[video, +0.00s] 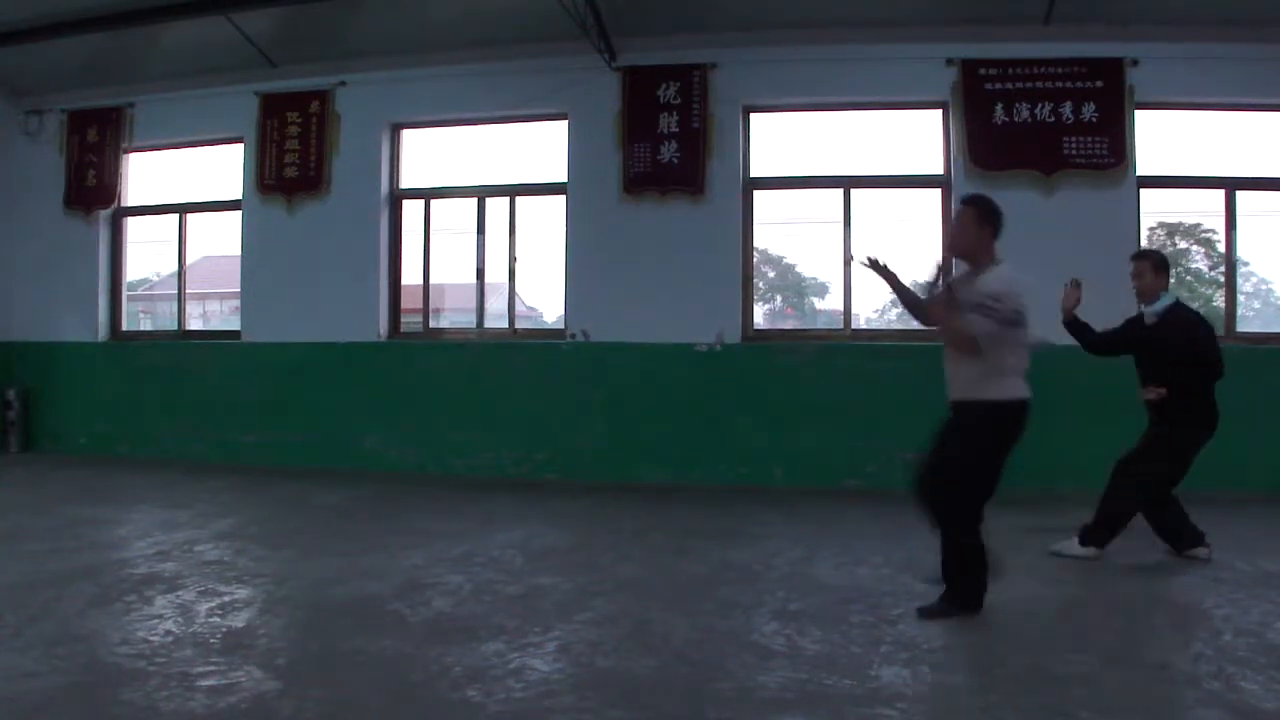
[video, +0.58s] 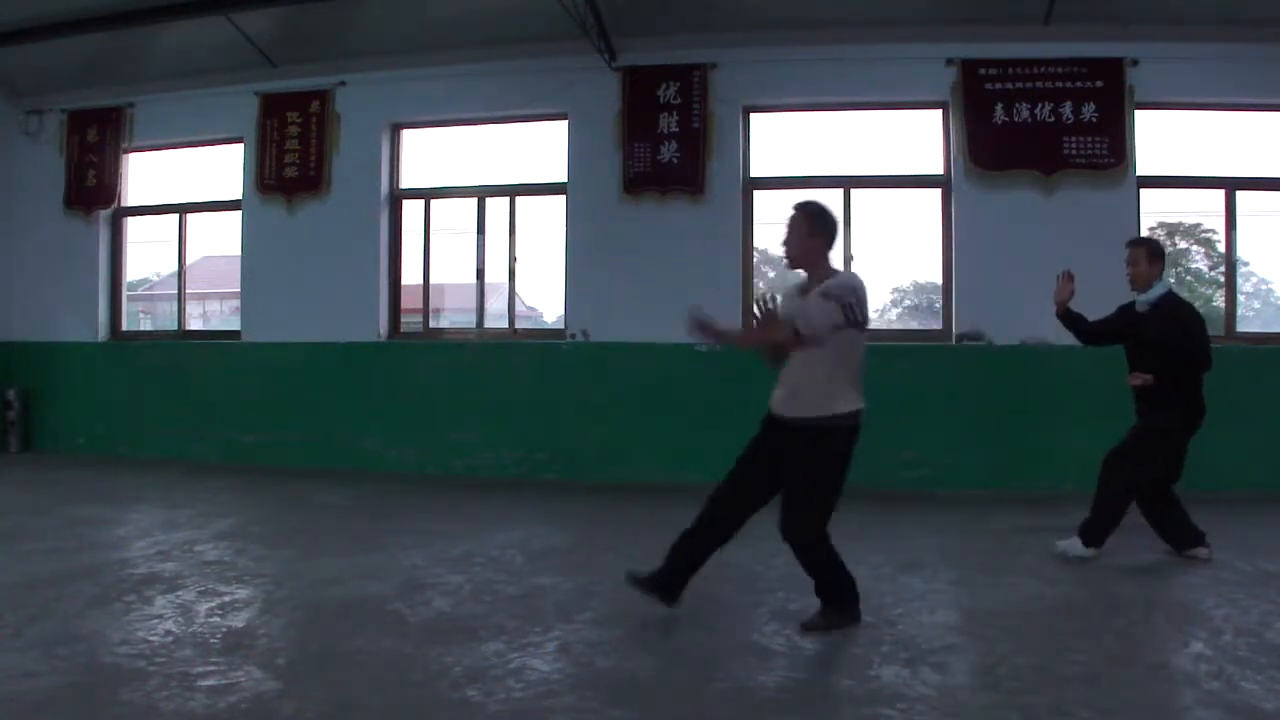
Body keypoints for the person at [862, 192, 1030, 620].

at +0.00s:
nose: (951, 231)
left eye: (960, 224)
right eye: (954, 223)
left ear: (984, 233)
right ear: (973, 233)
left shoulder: (1001, 285)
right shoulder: (962, 283)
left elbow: (970, 342)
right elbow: (929, 317)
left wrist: (943, 305)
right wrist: (894, 283)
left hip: (999, 408)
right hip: (969, 406)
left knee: (958, 494)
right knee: (933, 485)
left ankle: (965, 595)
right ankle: (971, 565)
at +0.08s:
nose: (915, 217)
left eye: (923, 210)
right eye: (917, 209)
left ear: (945, 217)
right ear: (946, 218)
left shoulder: (952, 264)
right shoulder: (959, 263)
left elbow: (885, 292)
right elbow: (953, 332)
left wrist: (852, 258)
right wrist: (914, 316)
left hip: (968, 388)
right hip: (945, 381)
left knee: (952, 483)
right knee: (871, 392)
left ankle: (960, 587)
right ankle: (851, 482)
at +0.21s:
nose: (881, 212)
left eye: (889, 204)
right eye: (883, 204)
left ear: (914, 211)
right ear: (914, 213)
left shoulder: (912, 257)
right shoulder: (929, 253)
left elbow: (841, 278)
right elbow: (935, 323)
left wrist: (804, 230)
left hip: (935, 380)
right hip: (925, 370)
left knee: (913, 474)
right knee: (864, 323)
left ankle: (917, 578)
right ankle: (841, 418)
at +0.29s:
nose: (857, 222)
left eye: (864, 214)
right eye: (859, 214)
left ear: (890, 219)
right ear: (891, 220)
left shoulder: (890, 267)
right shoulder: (902, 266)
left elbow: (818, 283)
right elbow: (897, 338)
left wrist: (780, 239)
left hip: (899, 395)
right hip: (893, 388)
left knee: (868, 494)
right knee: (818, 347)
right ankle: (821, 443)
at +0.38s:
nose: (841, 233)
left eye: (849, 225)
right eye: (843, 225)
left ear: (873, 231)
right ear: (872, 233)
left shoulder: (881, 283)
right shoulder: (877, 280)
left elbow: (811, 292)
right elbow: (883, 345)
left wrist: (764, 250)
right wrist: (844, 353)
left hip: (881, 412)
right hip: (856, 398)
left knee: (835, 500)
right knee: (786, 385)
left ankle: (842, 607)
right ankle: (785, 479)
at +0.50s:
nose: (811, 239)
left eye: (819, 230)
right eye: (813, 230)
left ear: (845, 236)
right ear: (842, 238)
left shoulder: (860, 288)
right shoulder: (842, 290)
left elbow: (790, 297)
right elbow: (858, 353)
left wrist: (724, 280)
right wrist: (816, 358)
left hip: (854, 424)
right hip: (815, 416)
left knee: (810, 513)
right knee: (745, 463)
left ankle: (842, 605)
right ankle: (709, 548)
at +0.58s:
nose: (784, 240)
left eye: (792, 232)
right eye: (787, 232)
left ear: (816, 238)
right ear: (812, 239)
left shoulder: (846, 289)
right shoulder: (796, 296)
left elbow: (793, 332)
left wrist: (725, 336)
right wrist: (765, 331)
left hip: (829, 427)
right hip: (784, 424)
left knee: (802, 526)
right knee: (729, 504)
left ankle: (843, 606)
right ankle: (669, 581)